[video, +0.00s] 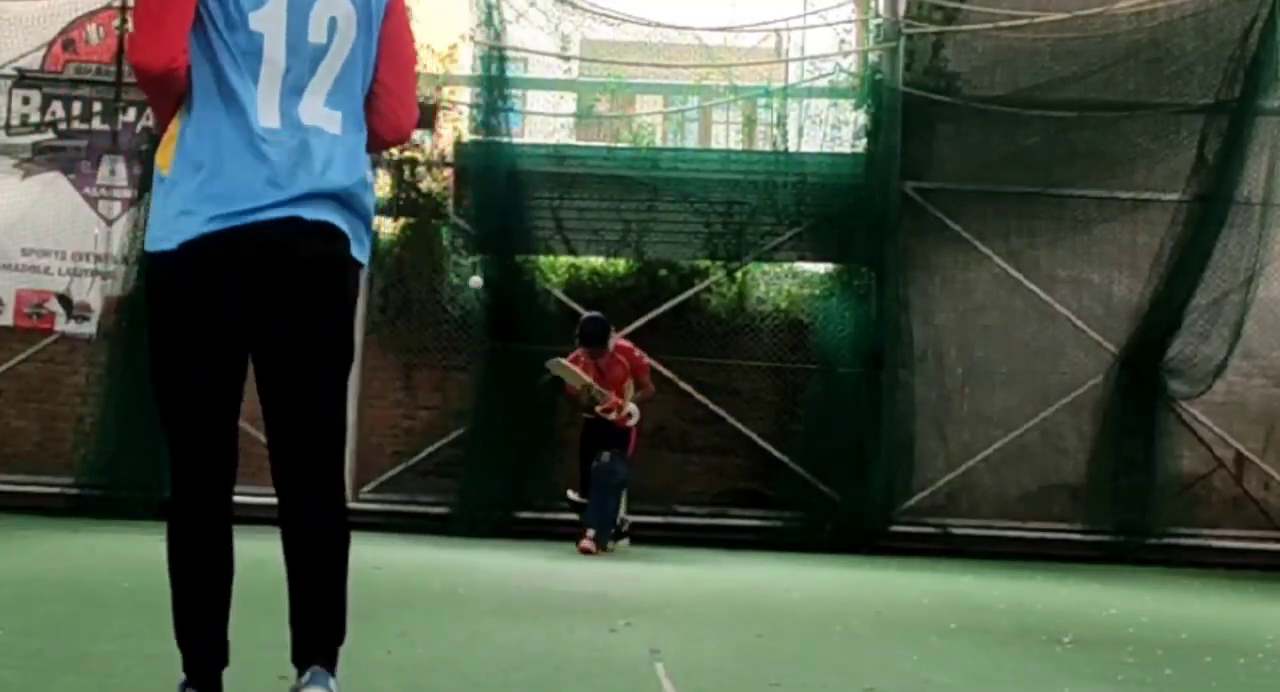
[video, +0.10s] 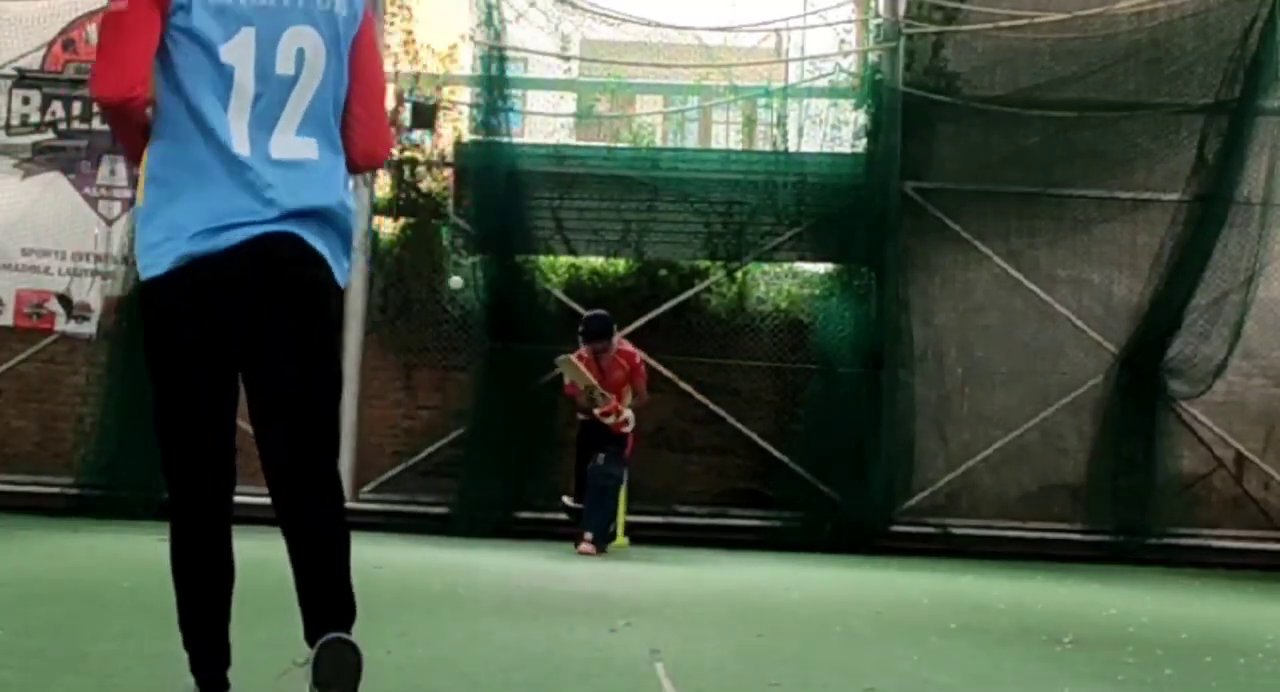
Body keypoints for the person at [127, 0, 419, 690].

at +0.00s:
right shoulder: (377, 2)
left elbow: (157, 61)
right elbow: (395, 119)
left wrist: (180, 116)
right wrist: (324, 131)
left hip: (199, 234)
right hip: (319, 235)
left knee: (199, 471)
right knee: (312, 467)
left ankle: (202, 675)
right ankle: (318, 669)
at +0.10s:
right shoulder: (346, 2)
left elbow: (121, 89)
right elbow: (369, 145)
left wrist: (145, 152)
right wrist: (296, 138)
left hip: (185, 250)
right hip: (298, 250)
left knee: (197, 489)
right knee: (307, 468)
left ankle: (211, 680)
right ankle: (332, 637)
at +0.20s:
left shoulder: (148, 9)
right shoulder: (314, 24)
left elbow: (74, 143)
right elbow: (346, 176)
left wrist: (124, 213)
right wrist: (279, 217)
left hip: (172, 299)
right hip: (279, 300)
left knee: (192, 506)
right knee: (285, 488)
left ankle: (211, 677)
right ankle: (322, 628)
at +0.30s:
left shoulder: (128, 7)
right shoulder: (296, 13)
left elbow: (67, 136)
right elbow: (326, 156)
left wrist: (120, 176)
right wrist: (291, 220)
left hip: (157, 290)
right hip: (257, 293)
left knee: (177, 485)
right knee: (256, 473)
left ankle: (207, 670)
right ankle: (271, 641)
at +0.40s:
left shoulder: (111, 7)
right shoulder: (273, 13)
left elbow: (58, 131)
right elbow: (307, 152)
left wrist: (117, 157)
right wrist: (280, 221)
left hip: (140, 270)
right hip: (238, 275)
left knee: (161, 466)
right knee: (233, 469)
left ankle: (198, 635)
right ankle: (231, 657)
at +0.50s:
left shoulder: (92, 38)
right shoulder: (257, 57)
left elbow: (44, 167)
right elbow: (292, 187)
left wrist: (99, 174)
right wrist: (269, 256)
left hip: (121, 304)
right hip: (218, 304)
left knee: (130, 482)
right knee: (209, 482)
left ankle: (168, 609)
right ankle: (206, 665)